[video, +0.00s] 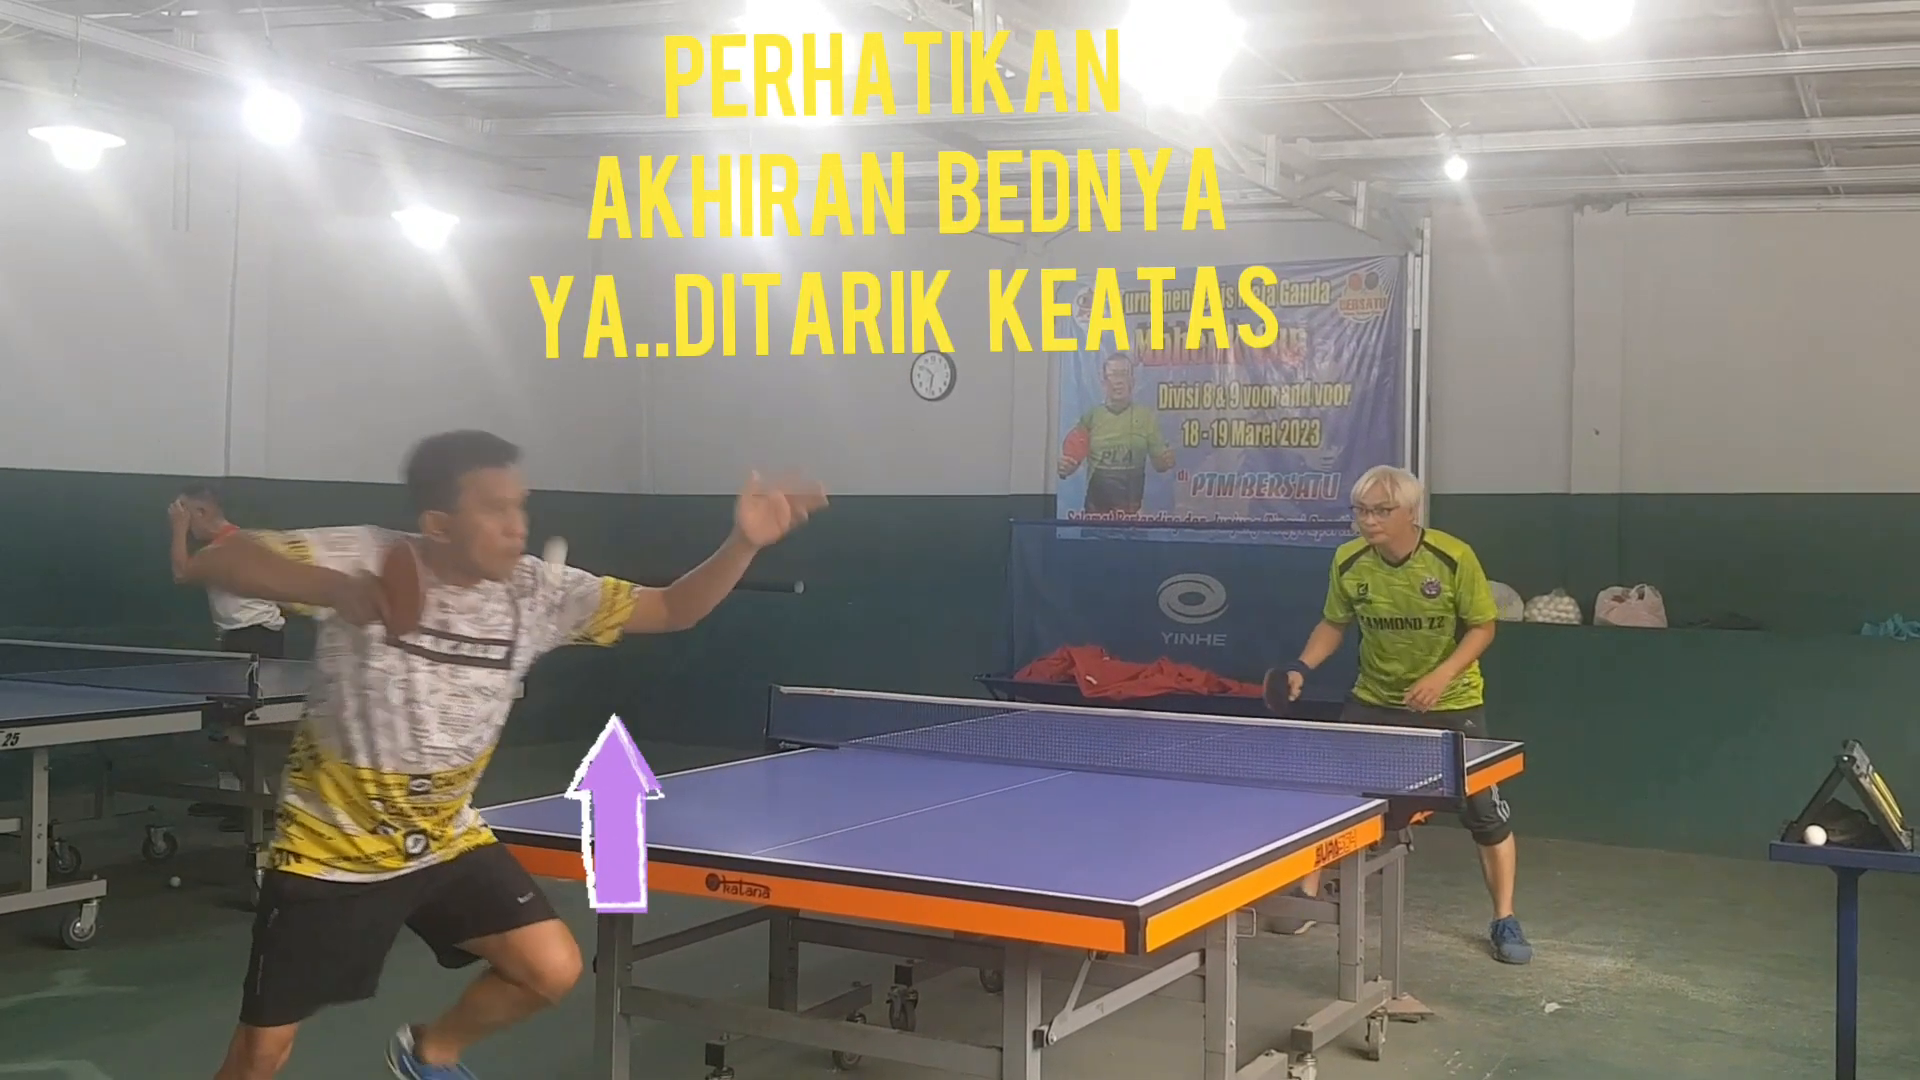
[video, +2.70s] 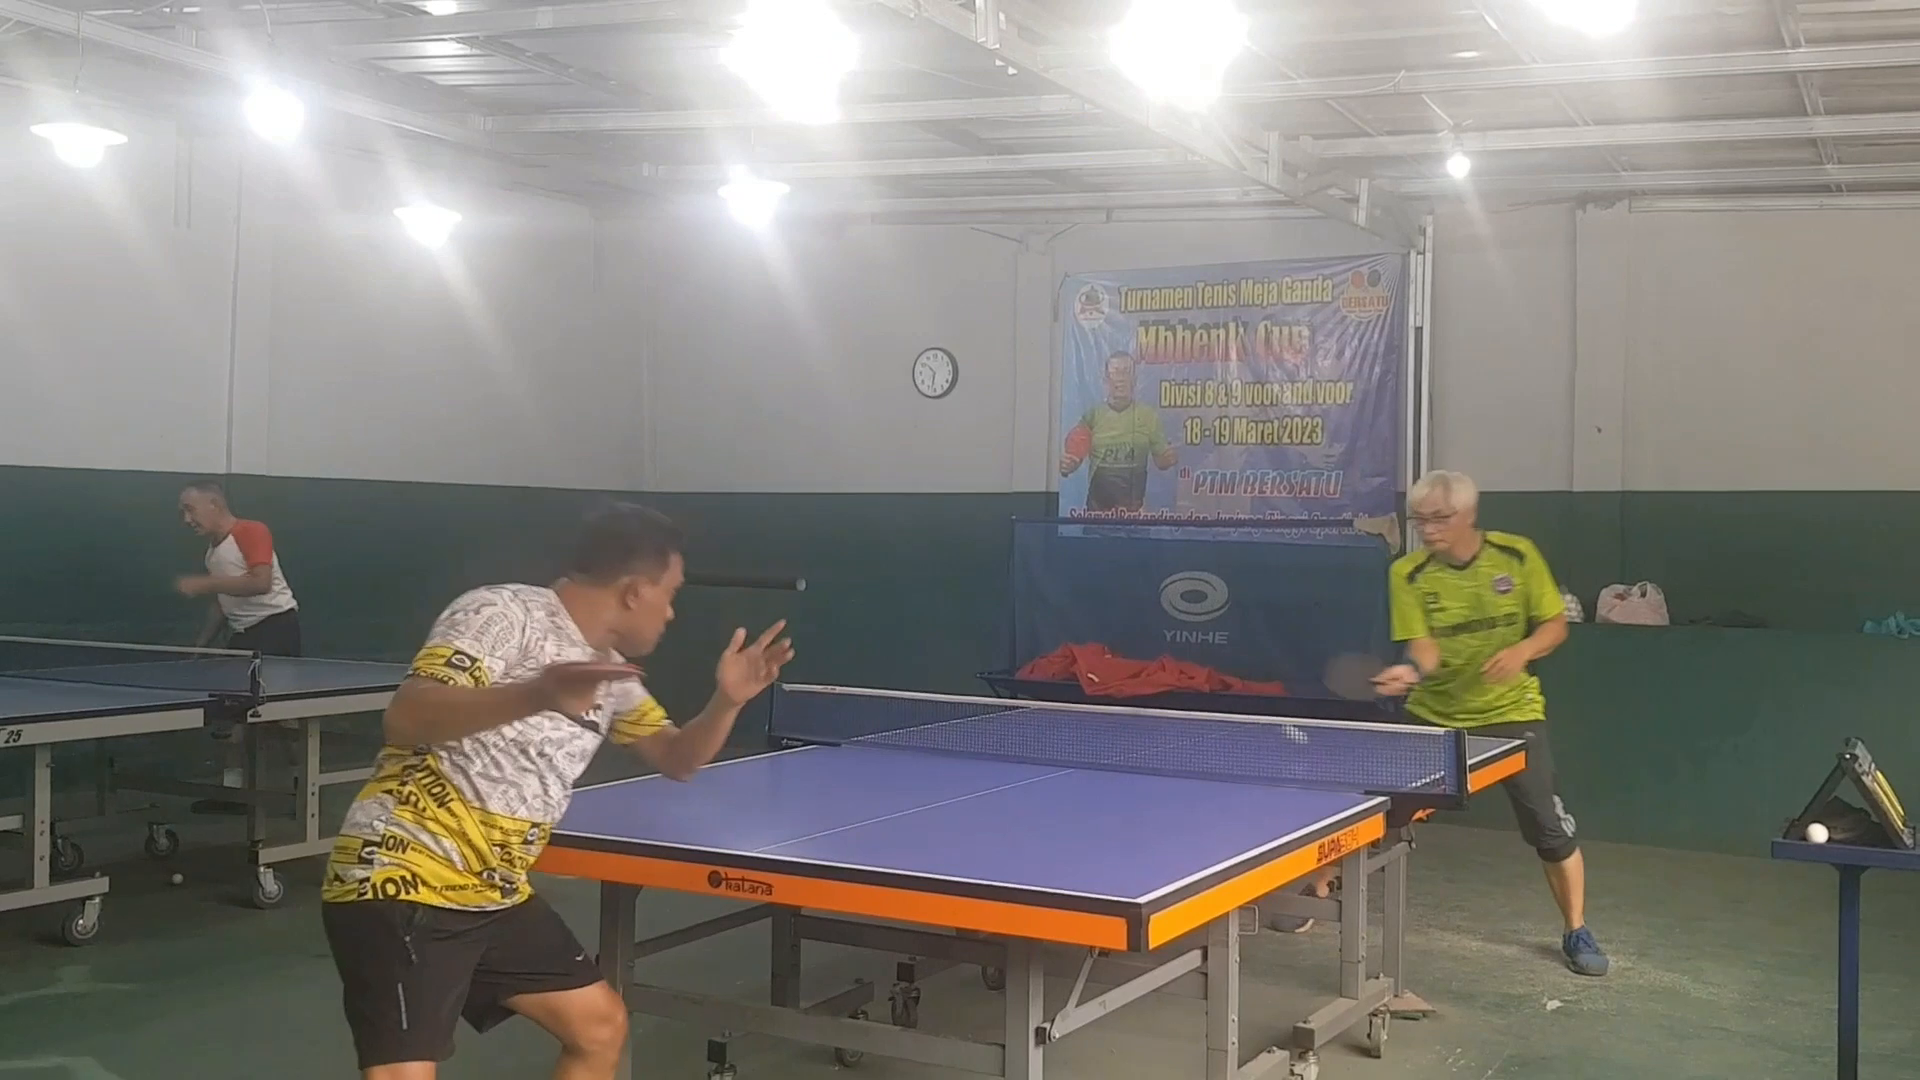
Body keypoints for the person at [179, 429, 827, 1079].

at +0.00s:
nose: (518, 527)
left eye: (520, 508)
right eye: (497, 509)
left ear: (520, 515)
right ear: (434, 518)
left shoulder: (538, 590)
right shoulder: (371, 559)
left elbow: (671, 609)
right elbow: (208, 559)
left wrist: (745, 544)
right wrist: (350, 591)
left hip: (445, 835)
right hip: (328, 842)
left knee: (551, 971)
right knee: (261, 1051)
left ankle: (429, 1052)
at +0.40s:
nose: (564, 548)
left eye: (568, 529)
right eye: (547, 529)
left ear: (565, 530)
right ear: (487, 532)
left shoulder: (566, 602)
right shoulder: (411, 558)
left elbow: (689, 612)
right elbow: (290, 565)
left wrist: (719, 531)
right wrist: (411, 652)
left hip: (459, 844)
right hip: (346, 846)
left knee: (565, 996)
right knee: (267, 1054)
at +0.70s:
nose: (620, 582)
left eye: (623, 564)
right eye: (611, 561)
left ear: (569, 559)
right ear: (552, 554)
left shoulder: (590, 628)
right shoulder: (459, 572)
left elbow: (685, 640)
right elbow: (343, 605)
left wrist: (681, 533)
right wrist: (474, 660)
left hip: (485, 871)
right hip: (369, 868)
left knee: (578, 1028)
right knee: (293, 1062)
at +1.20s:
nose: (676, 625)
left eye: (681, 609)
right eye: (672, 605)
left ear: (625, 601)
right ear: (624, 596)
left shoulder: (615, 671)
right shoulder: (504, 604)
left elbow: (703, 710)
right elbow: (374, 679)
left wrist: (702, 591)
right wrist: (491, 608)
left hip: (506, 892)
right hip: (401, 887)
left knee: (611, 1034)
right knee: (353, 1071)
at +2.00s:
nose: (695, 636)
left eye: (699, 621)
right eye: (695, 619)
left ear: (653, 614)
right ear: (659, 614)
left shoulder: (640, 691)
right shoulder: (526, 619)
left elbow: (716, 761)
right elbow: (394, 707)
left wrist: (747, 672)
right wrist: (483, 657)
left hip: (508, 890)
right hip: (411, 877)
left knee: (618, 1028)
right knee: (405, 1070)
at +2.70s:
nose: (671, 616)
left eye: (674, 600)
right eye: (670, 598)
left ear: (626, 592)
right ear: (631, 591)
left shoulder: (607, 672)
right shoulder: (495, 613)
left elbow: (679, 758)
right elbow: (406, 717)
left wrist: (726, 702)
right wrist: (533, 695)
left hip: (490, 887)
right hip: (398, 878)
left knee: (600, 1027)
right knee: (402, 1075)